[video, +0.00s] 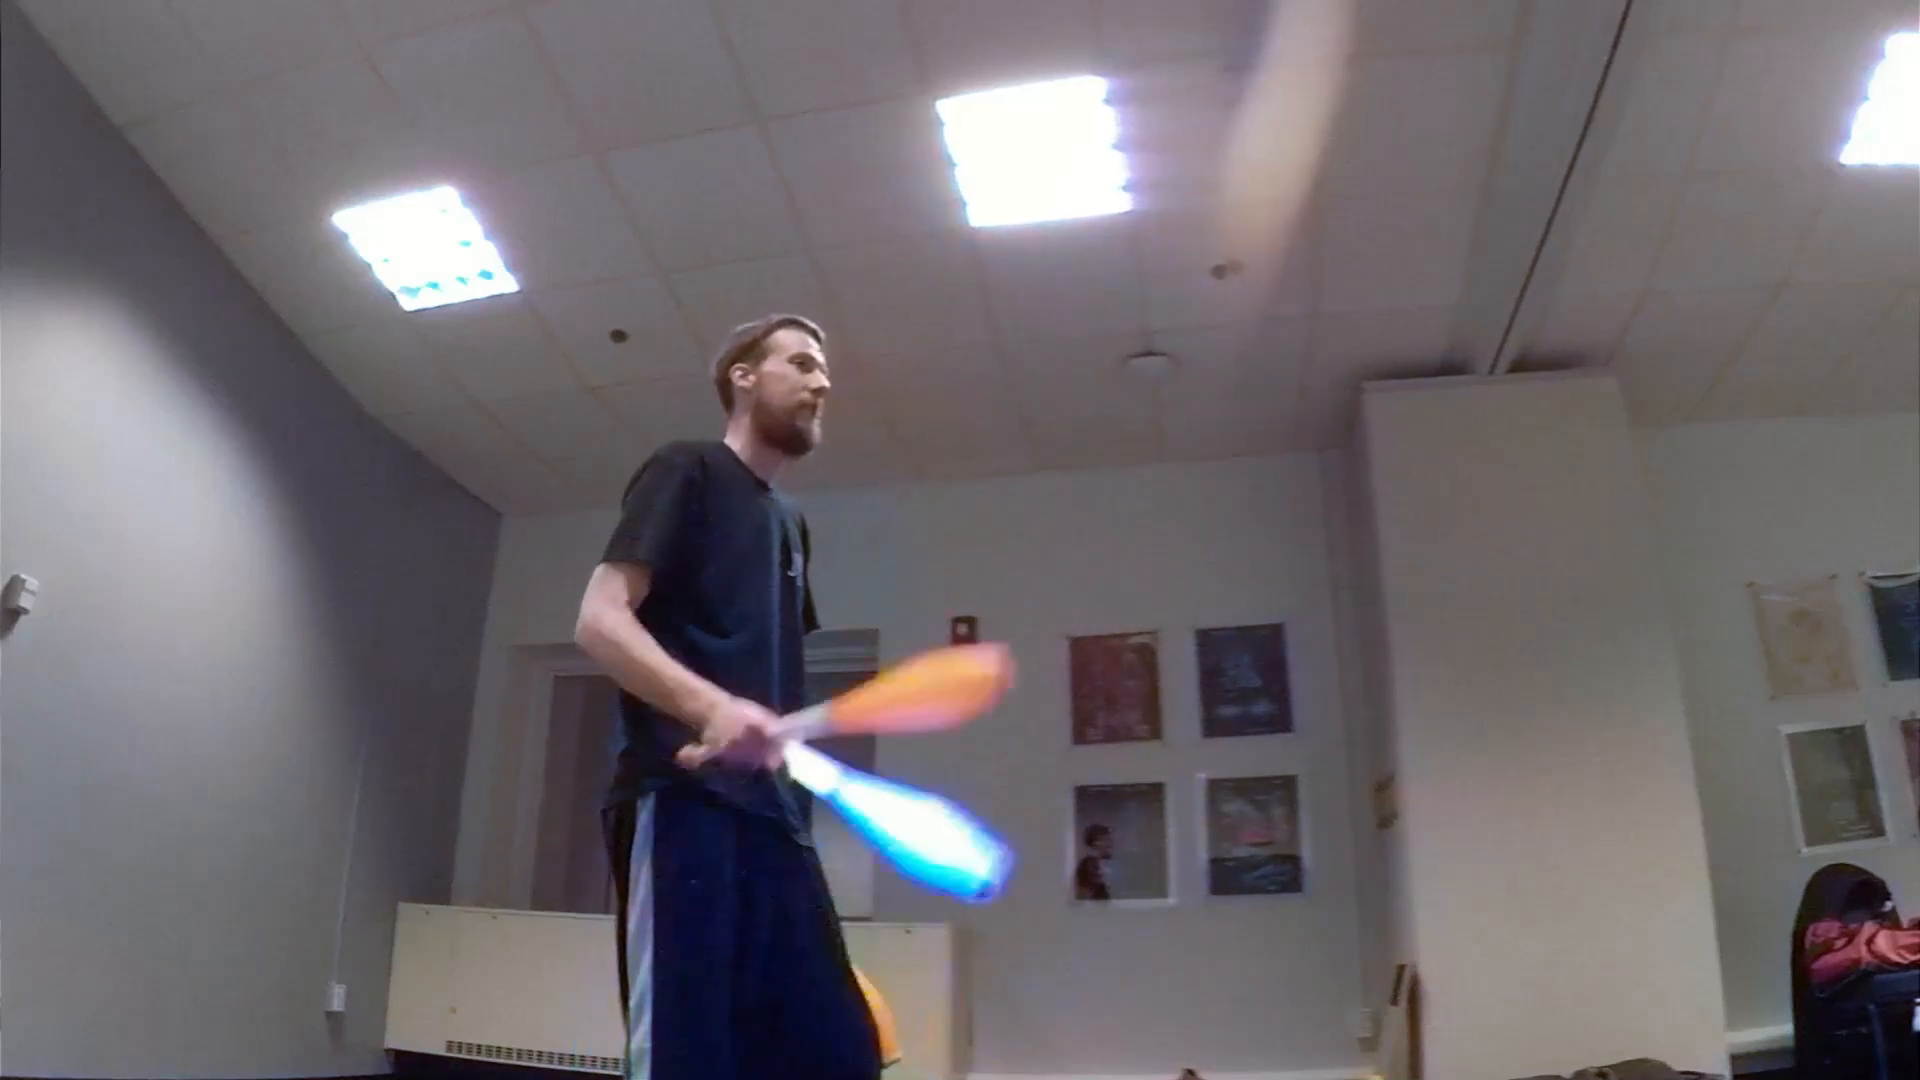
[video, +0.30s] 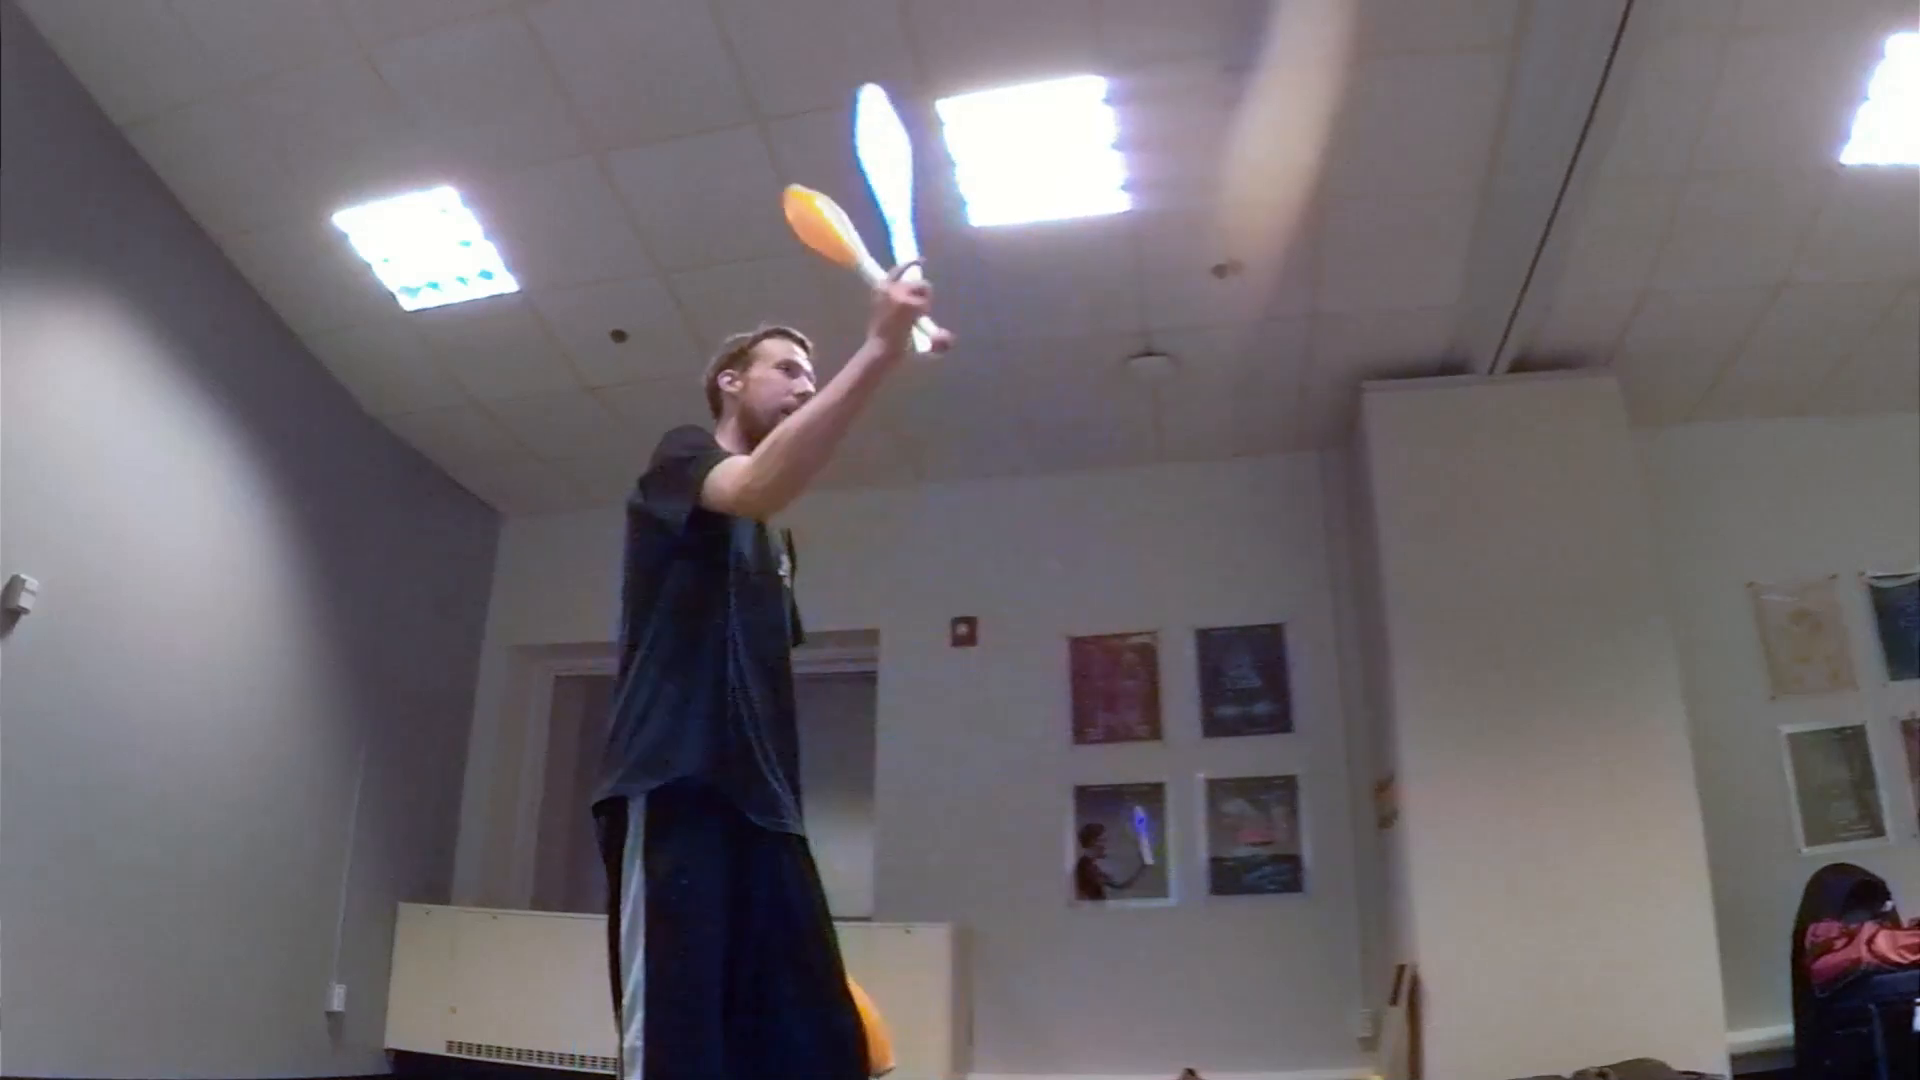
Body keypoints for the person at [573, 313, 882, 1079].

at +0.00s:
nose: (822, 381)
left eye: (824, 372)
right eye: (801, 362)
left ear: (822, 405)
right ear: (741, 379)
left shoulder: (790, 524)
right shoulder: (686, 470)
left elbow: (774, 670)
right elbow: (599, 618)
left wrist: (788, 740)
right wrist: (710, 709)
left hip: (771, 814)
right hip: (685, 806)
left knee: (836, 1046)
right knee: (683, 1050)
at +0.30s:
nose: (808, 388)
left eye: (813, 379)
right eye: (788, 368)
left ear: (808, 401)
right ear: (728, 383)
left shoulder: (769, 527)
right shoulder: (680, 453)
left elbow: (761, 665)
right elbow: (751, 487)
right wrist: (879, 348)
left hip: (761, 793)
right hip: (680, 783)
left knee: (816, 1028)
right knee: (677, 1024)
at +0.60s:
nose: (801, 389)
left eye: (806, 382)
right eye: (783, 372)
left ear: (800, 405)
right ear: (723, 385)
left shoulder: (761, 526)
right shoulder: (678, 458)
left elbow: (748, 665)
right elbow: (752, 464)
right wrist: (876, 322)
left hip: (755, 792)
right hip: (674, 782)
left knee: (815, 1027)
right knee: (680, 1023)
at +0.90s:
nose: (798, 397)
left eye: (802, 389)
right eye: (779, 379)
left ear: (794, 413)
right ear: (721, 389)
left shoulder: (760, 529)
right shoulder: (680, 456)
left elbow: (750, 659)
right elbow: (761, 480)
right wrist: (927, 407)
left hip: (756, 794)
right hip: (675, 785)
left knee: (815, 1030)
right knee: (673, 1024)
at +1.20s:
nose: (812, 392)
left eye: (814, 384)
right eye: (792, 373)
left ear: (808, 409)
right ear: (733, 385)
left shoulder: (753, 522)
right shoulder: (689, 456)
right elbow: (723, 550)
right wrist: (897, 533)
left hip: (759, 802)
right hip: (682, 794)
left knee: (820, 1037)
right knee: (685, 1037)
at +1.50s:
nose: (852, 390)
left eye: (854, 380)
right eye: (834, 370)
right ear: (775, 381)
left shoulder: (799, 527)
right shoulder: (735, 465)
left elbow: (766, 676)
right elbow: (675, 617)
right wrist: (805, 695)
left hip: (769, 803)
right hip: (692, 798)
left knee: (839, 1025)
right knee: (691, 1037)